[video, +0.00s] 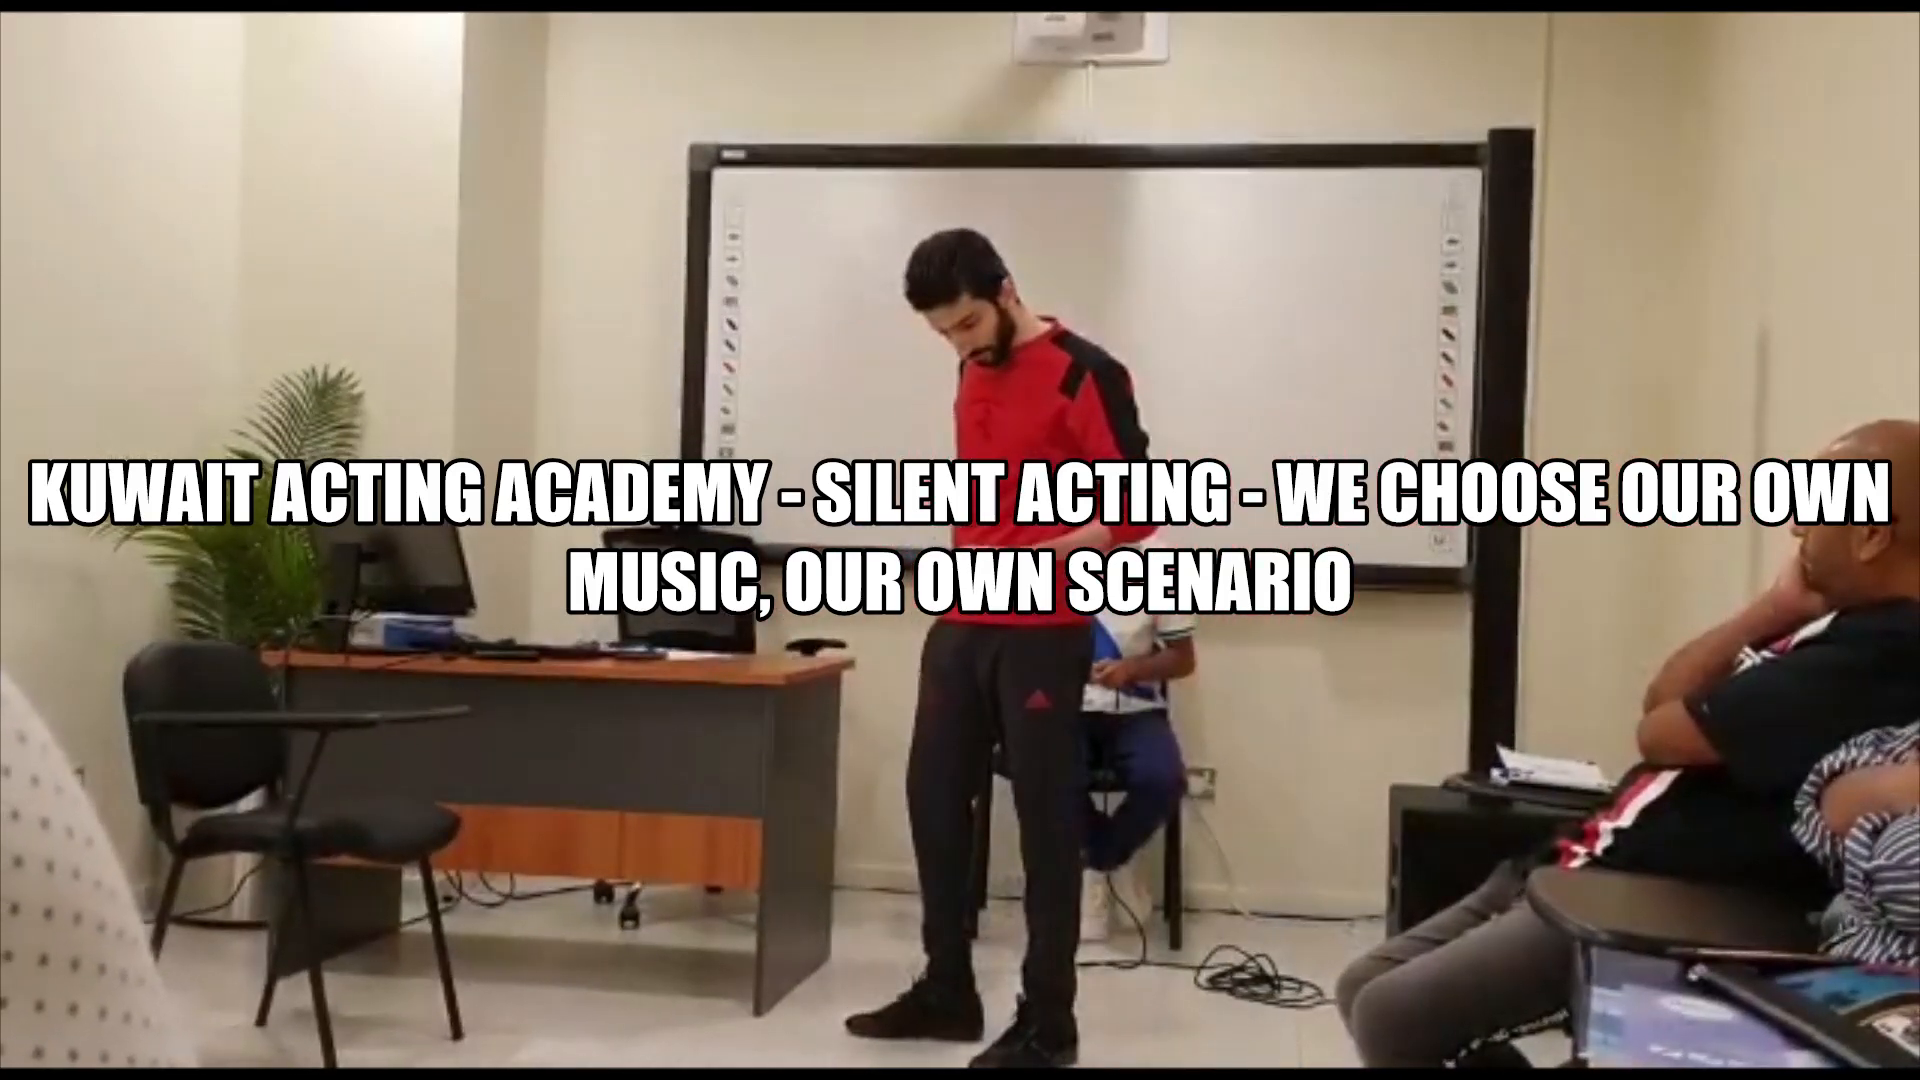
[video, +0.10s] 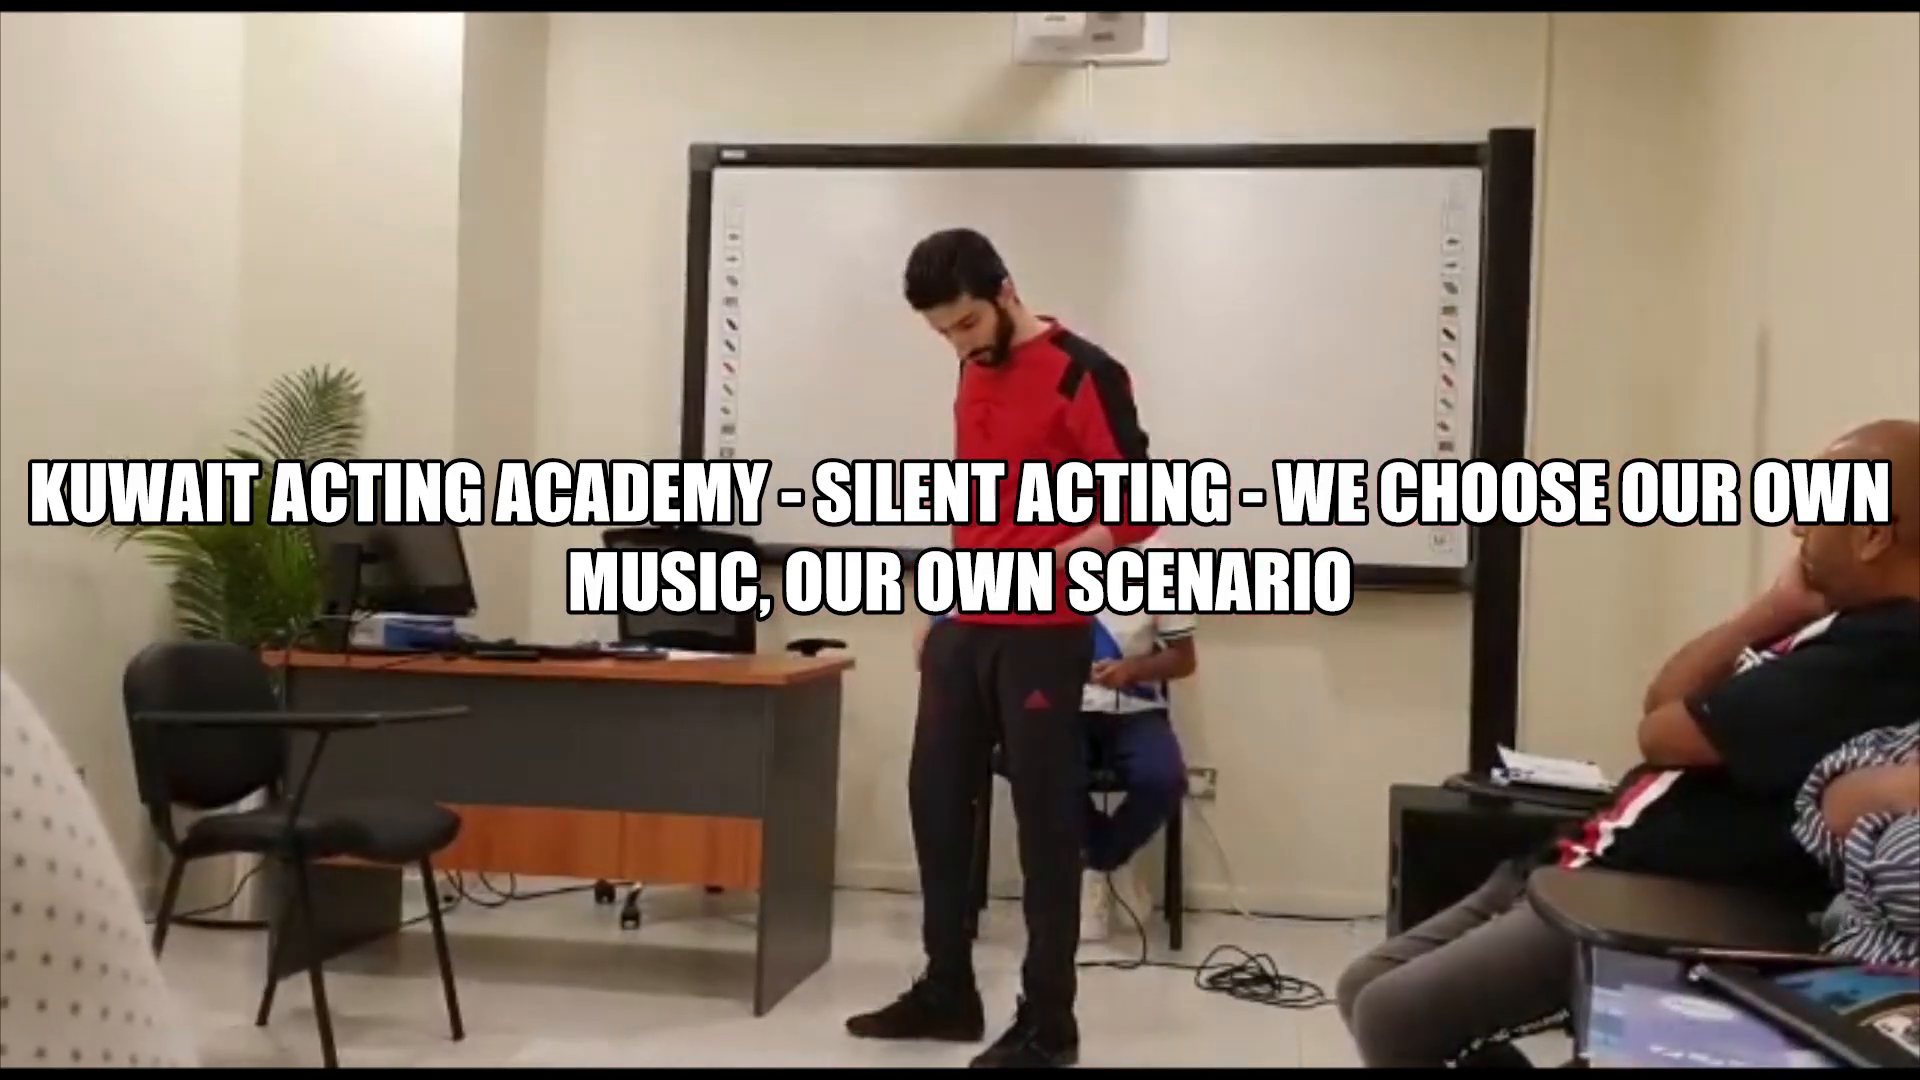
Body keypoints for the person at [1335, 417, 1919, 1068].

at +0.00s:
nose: (1798, 535)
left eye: (1816, 513)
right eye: (1803, 513)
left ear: (1877, 534)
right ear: (1876, 536)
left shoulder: (1883, 647)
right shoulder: (1848, 625)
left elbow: (1664, 737)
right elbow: (1666, 695)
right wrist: (1783, 604)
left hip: (1640, 903)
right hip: (1589, 861)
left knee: (1388, 1017)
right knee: (1363, 985)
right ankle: (1491, 1061)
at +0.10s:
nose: (1799, 535)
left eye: (1817, 513)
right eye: (1804, 513)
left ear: (1880, 536)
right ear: (1878, 538)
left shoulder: (1884, 648)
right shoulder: (1847, 625)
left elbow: (1665, 737)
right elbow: (1665, 697)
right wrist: (1784, 604)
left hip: (1640, 904)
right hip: (1590, 862)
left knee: (1389, 1017)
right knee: (1364, 985)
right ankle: (1492, 1061)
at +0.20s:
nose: (1798, 536)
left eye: (1816, 514)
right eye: (1804, 514)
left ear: (1878, 536)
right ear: (1877, 538)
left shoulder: (1883, 648)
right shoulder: (1847, 625)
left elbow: (1665, 737)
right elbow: (1666, 698)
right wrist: (1783, 606)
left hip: (1641, 904)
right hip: (1589, 862)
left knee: (1389, 1018)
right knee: (1364, 985)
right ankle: (1492, 1062)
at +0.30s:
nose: (1796, 535)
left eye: (1807, 515)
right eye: (1799, 514)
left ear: (1875, 532)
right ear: (1876, 532)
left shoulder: (1881, 651)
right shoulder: (1847, 627)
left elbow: (1665, 737)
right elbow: (1666, 698)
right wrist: (1783, 606)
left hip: (1638, 905)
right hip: (1586, 863)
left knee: (1388, 1018)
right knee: (1365, 985)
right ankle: (1488, 1061)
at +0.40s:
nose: (1796, 535)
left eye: (1807, 515)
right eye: (1799, 514)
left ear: (1875, 532)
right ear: (1875, 532)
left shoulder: (1883, 650)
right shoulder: (1848, 626)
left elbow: (1665, 738)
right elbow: (1666, 699)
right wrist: (1782, 606)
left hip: (1635, 905)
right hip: (1584, 863)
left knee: (1389, 1019)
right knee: (1364, 985)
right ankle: (1488, 1061)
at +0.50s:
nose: (1795, 535)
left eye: (1806, 516)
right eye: (1798, 514)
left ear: (1874, 532)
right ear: (1874, 532)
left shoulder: (1883, 650)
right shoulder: (1847, 626)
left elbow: (1666, 739)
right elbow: (1665, 700)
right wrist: (1783, 606)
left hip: (1632, 907)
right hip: (1581, 864)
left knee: (1388, 1019)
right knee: (1364, 985)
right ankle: (1486, 1061)